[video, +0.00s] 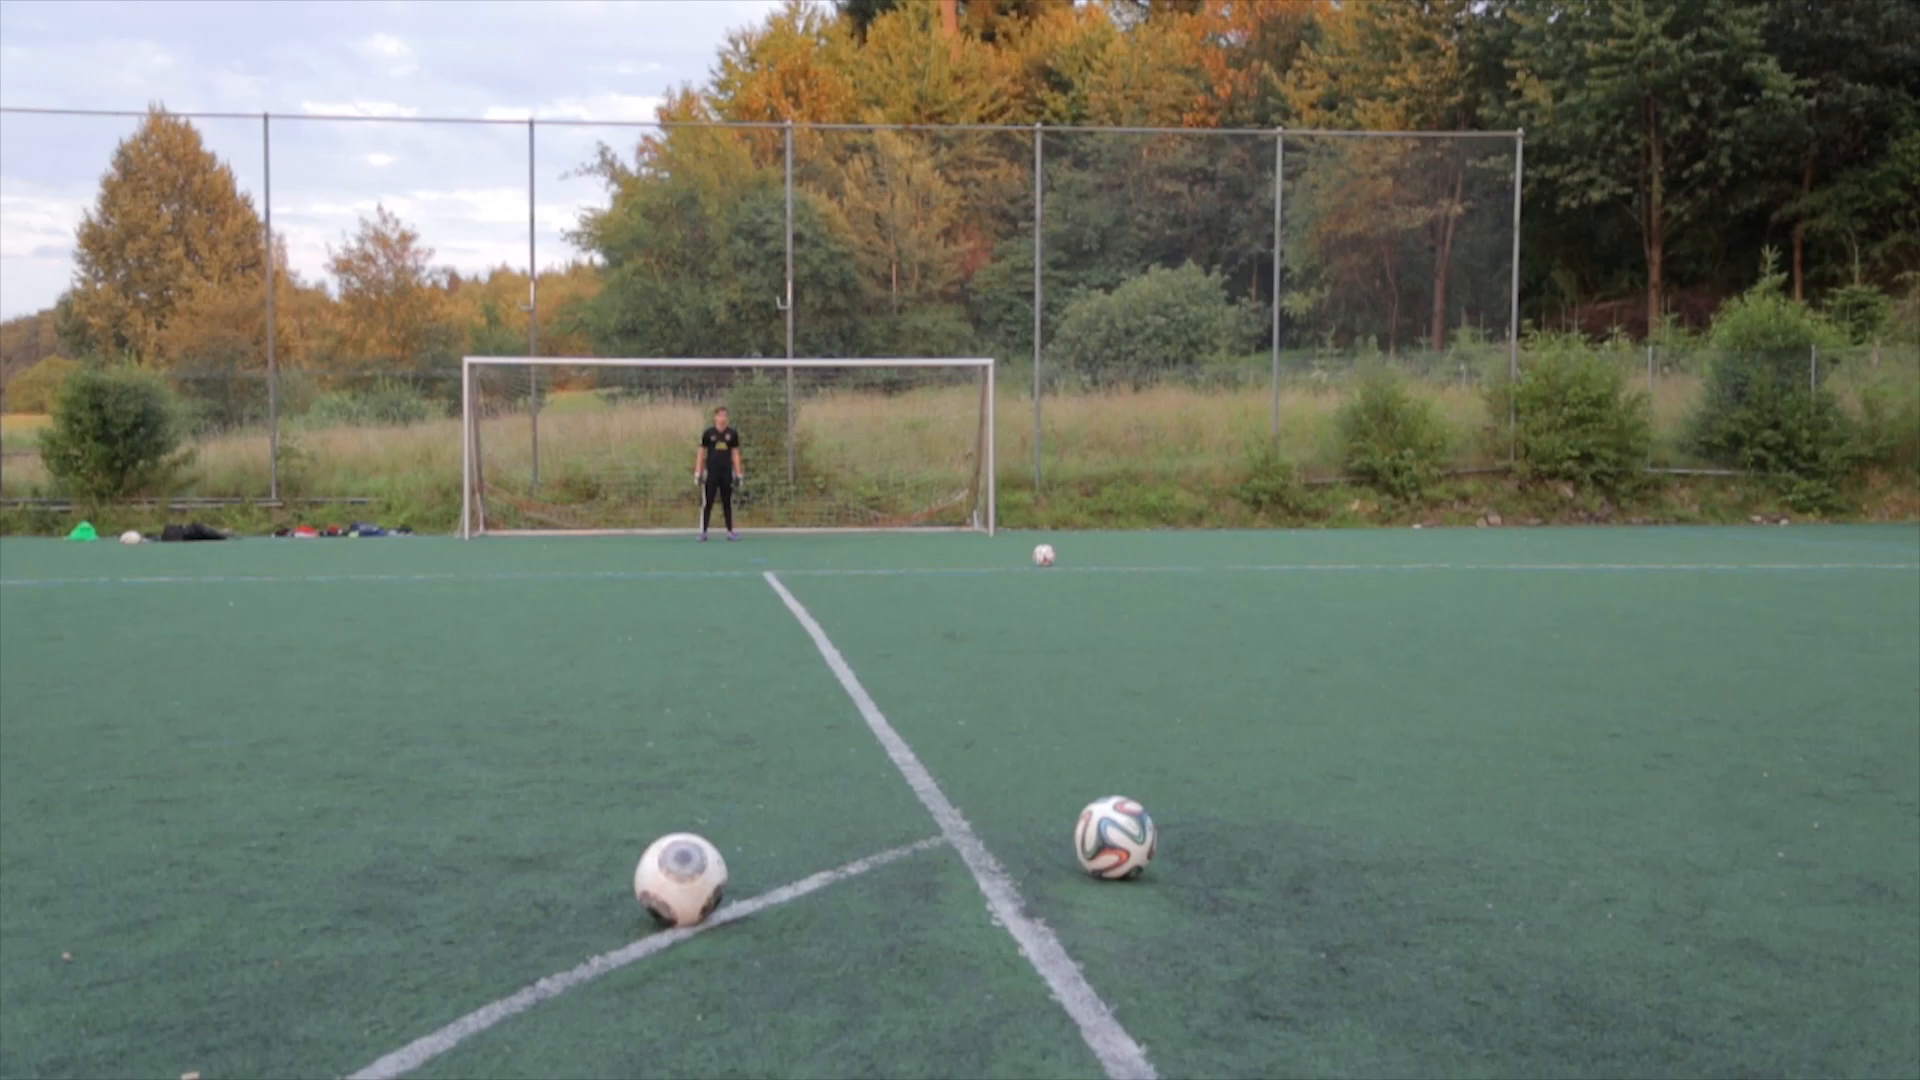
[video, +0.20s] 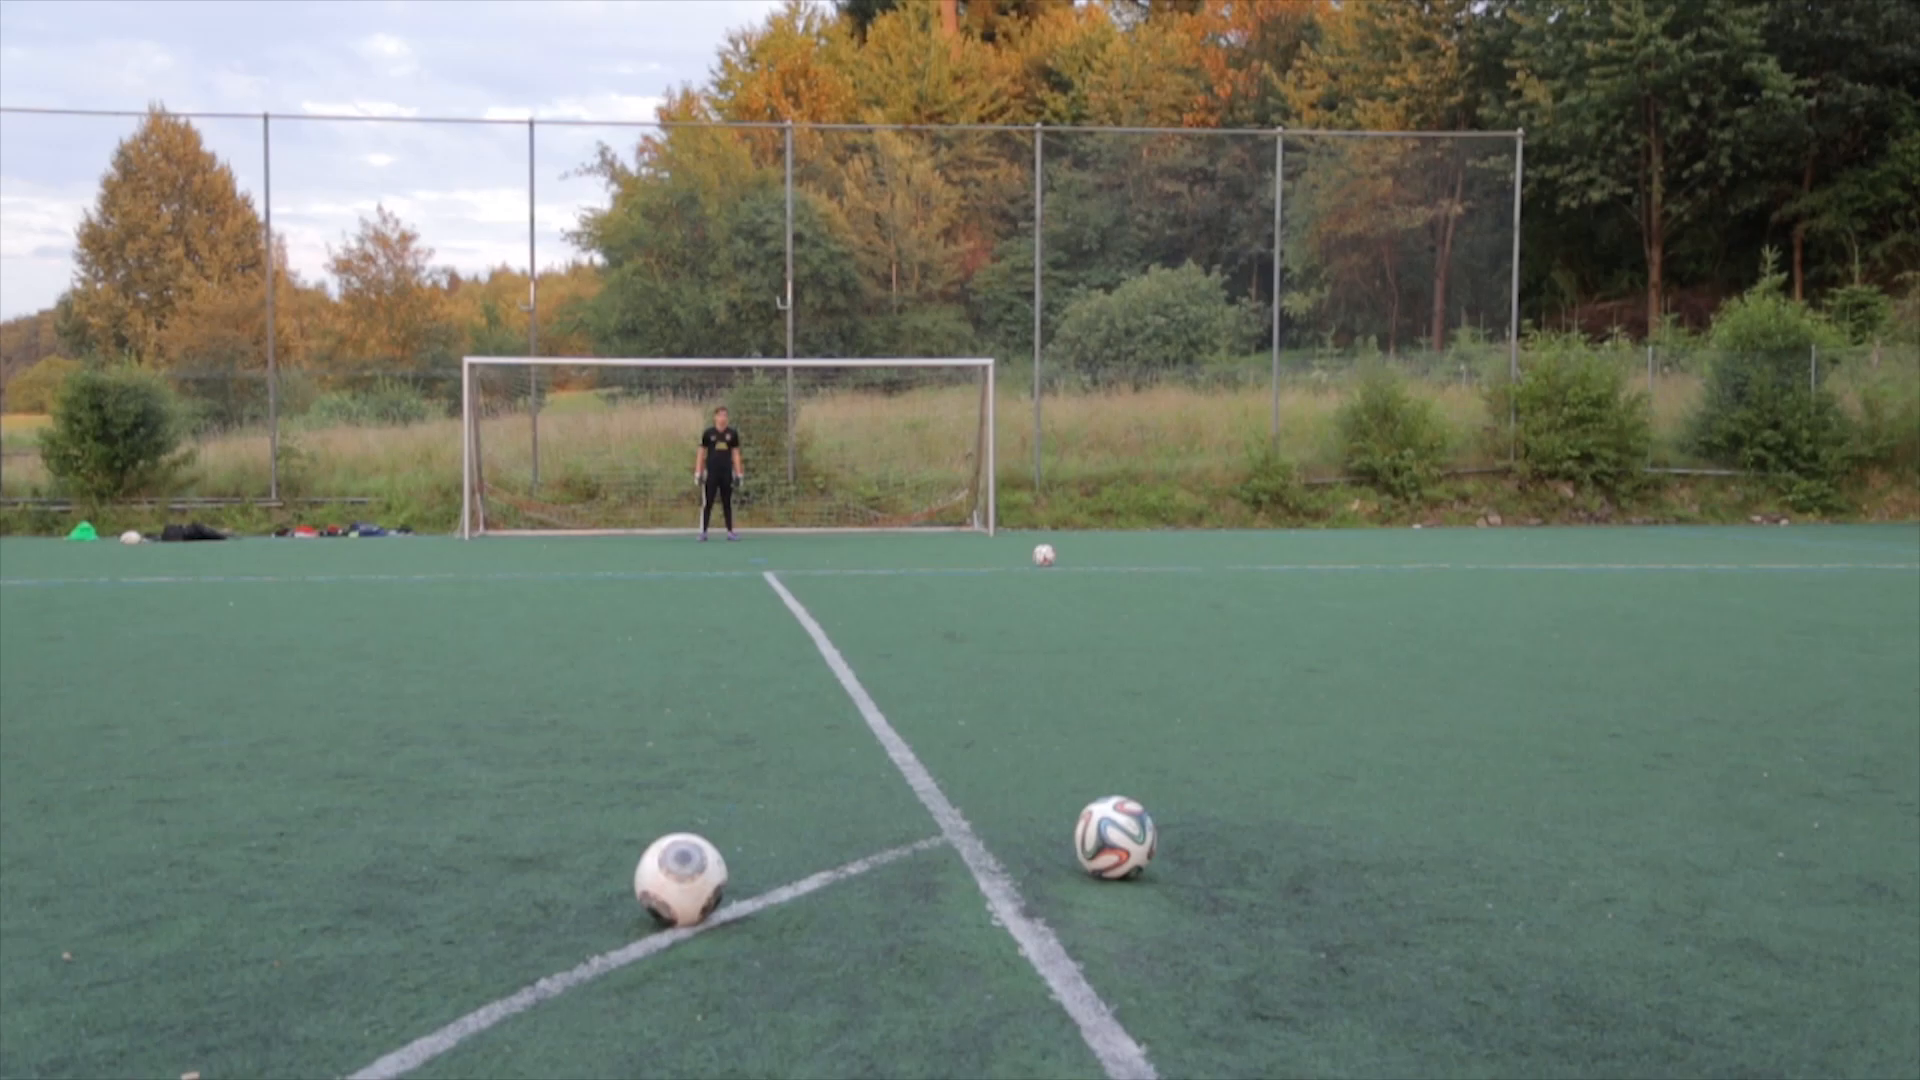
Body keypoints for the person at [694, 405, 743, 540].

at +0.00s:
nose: (723, 419)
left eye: (725, 416)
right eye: (720, 416)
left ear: (728, 418)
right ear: (715, 418)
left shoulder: (732, 434)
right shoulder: (708, 433)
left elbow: (735, 453)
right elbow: (702, 452)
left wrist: (738, 472)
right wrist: (698, 471)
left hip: (726, 473)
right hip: (711, 473)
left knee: (727, 503)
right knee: (708, 503)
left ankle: (730, 530)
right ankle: (703, 530)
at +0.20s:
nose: (723, 419)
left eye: (725, 416)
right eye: (720, 416)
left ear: (728, 418)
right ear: (715, 418)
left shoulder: (732, 434)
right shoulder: (708, 433)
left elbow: (736, 453)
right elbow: (702, 452)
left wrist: (738, 472)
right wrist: (698, 471)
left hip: (726, 473)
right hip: (711, 473)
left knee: (727, 503)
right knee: (708, 503)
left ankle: (730, 530)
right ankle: (703, 530)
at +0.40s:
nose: (723, 419)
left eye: (725, 416)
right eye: (720, 416)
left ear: (728, 418)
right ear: (715, 418)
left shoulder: (732, 434)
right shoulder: (708, 433)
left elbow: (736, 453)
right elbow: (702, 452)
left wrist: (738, 471)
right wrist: (699, 470)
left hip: (726, 473)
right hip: (711, 473)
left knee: (727, 503)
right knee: (708, 503)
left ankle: (730, 530)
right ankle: (704, 530)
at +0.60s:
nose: (723, 419)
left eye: (725, 416)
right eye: (720, 416)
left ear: (728, 418)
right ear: (715, 418)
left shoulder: (732, 434)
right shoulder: (708, 433)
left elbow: (736, 453)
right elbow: (702, 452)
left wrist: (738, 472)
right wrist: (699, 470)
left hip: (726, 473)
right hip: (711, 473)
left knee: (727, 503)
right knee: (708, 503)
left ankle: (730, 530)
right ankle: (704, 530)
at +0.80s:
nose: (723, 420)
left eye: (725, 416)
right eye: (720, 416)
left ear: (728, 419)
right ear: (715, 418)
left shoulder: (732, 434)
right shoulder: (709, 434)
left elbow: (736, 454)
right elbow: (702, 452)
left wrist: (738, 472)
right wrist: (699, 470)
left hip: (726, 473)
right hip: (711, 473)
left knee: (727, 503)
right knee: (708, 503)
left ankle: (730, 530)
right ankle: (703, 531)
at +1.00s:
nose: (723, 420)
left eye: (725, 417)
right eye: (720, 416)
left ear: (728, 419)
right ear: (715, 418)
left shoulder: (732, 434)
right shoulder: (709, 434)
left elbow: (736, 454)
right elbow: (702, 452)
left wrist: (738, 472)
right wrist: (699, 470)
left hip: (726, 473)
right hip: (711, 473)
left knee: (727, 503)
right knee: (708, 503)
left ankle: (730, 530)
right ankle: (704, 531)